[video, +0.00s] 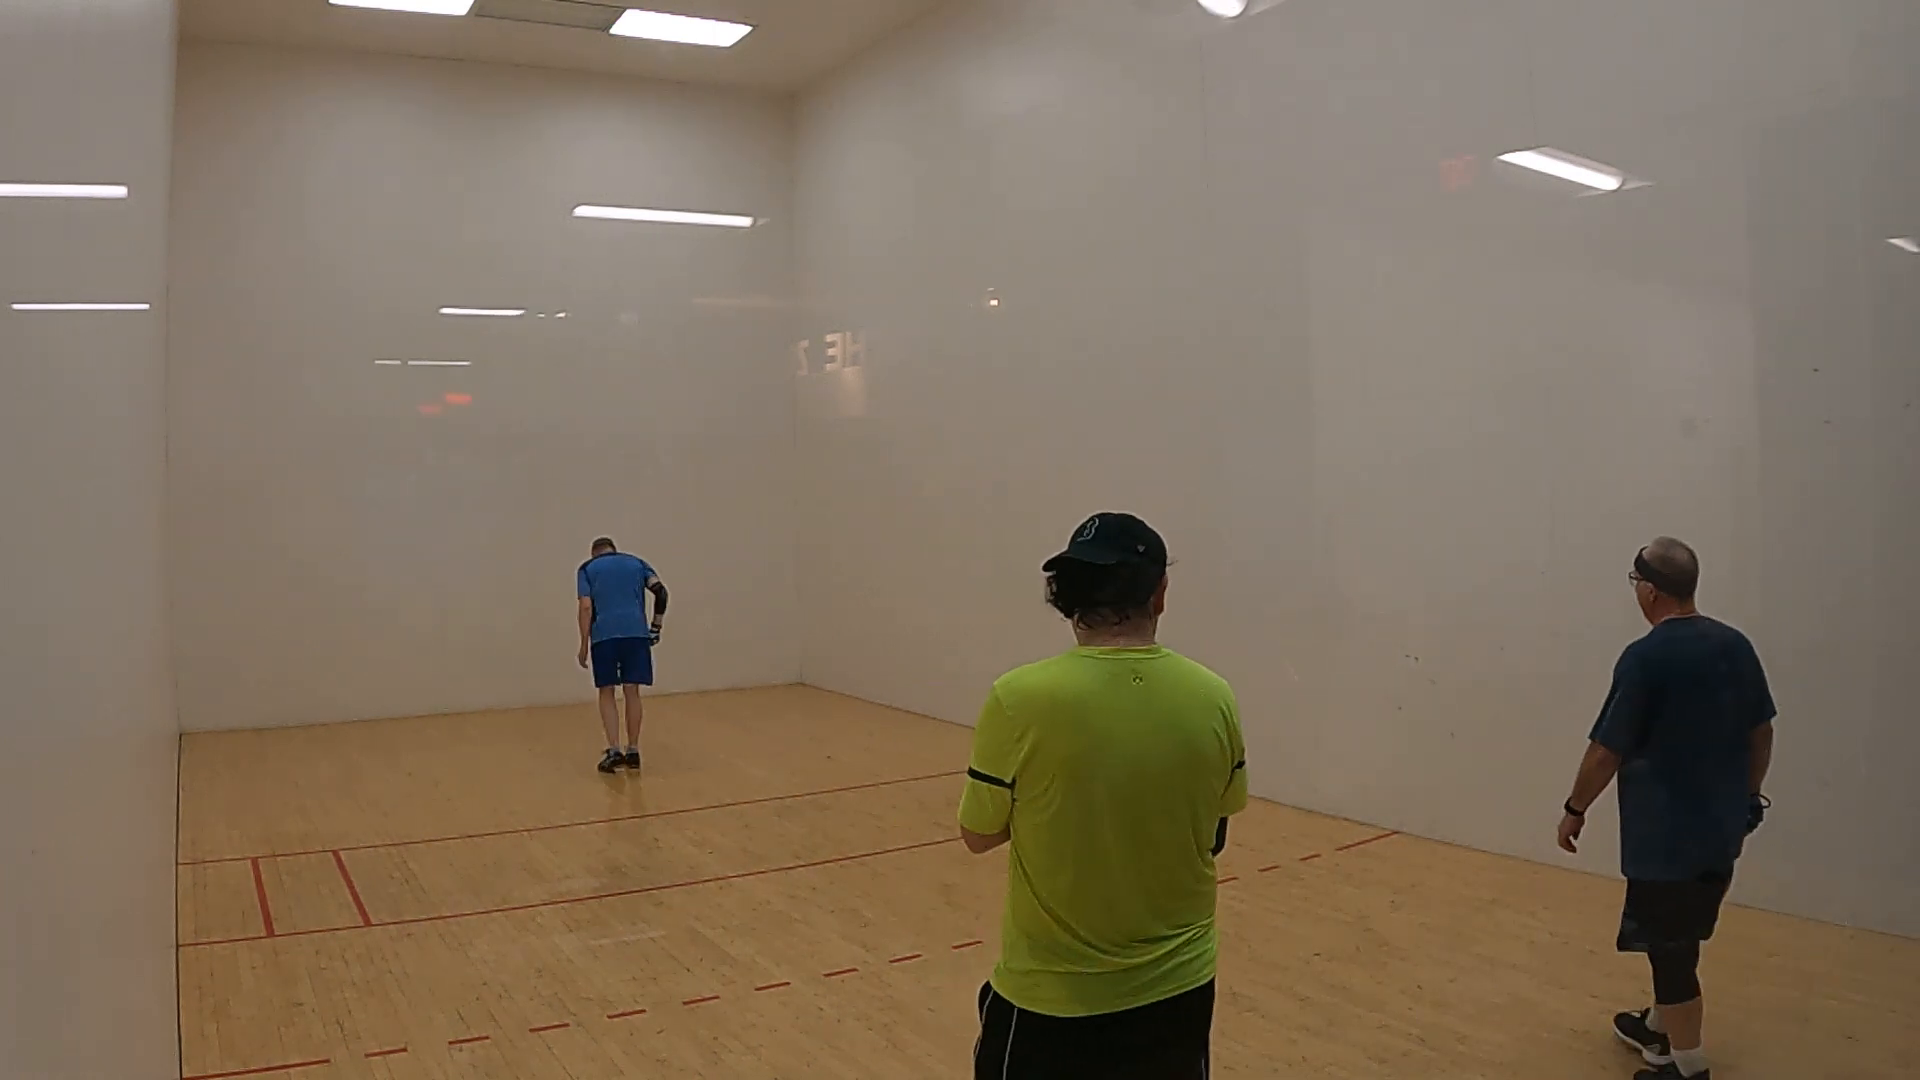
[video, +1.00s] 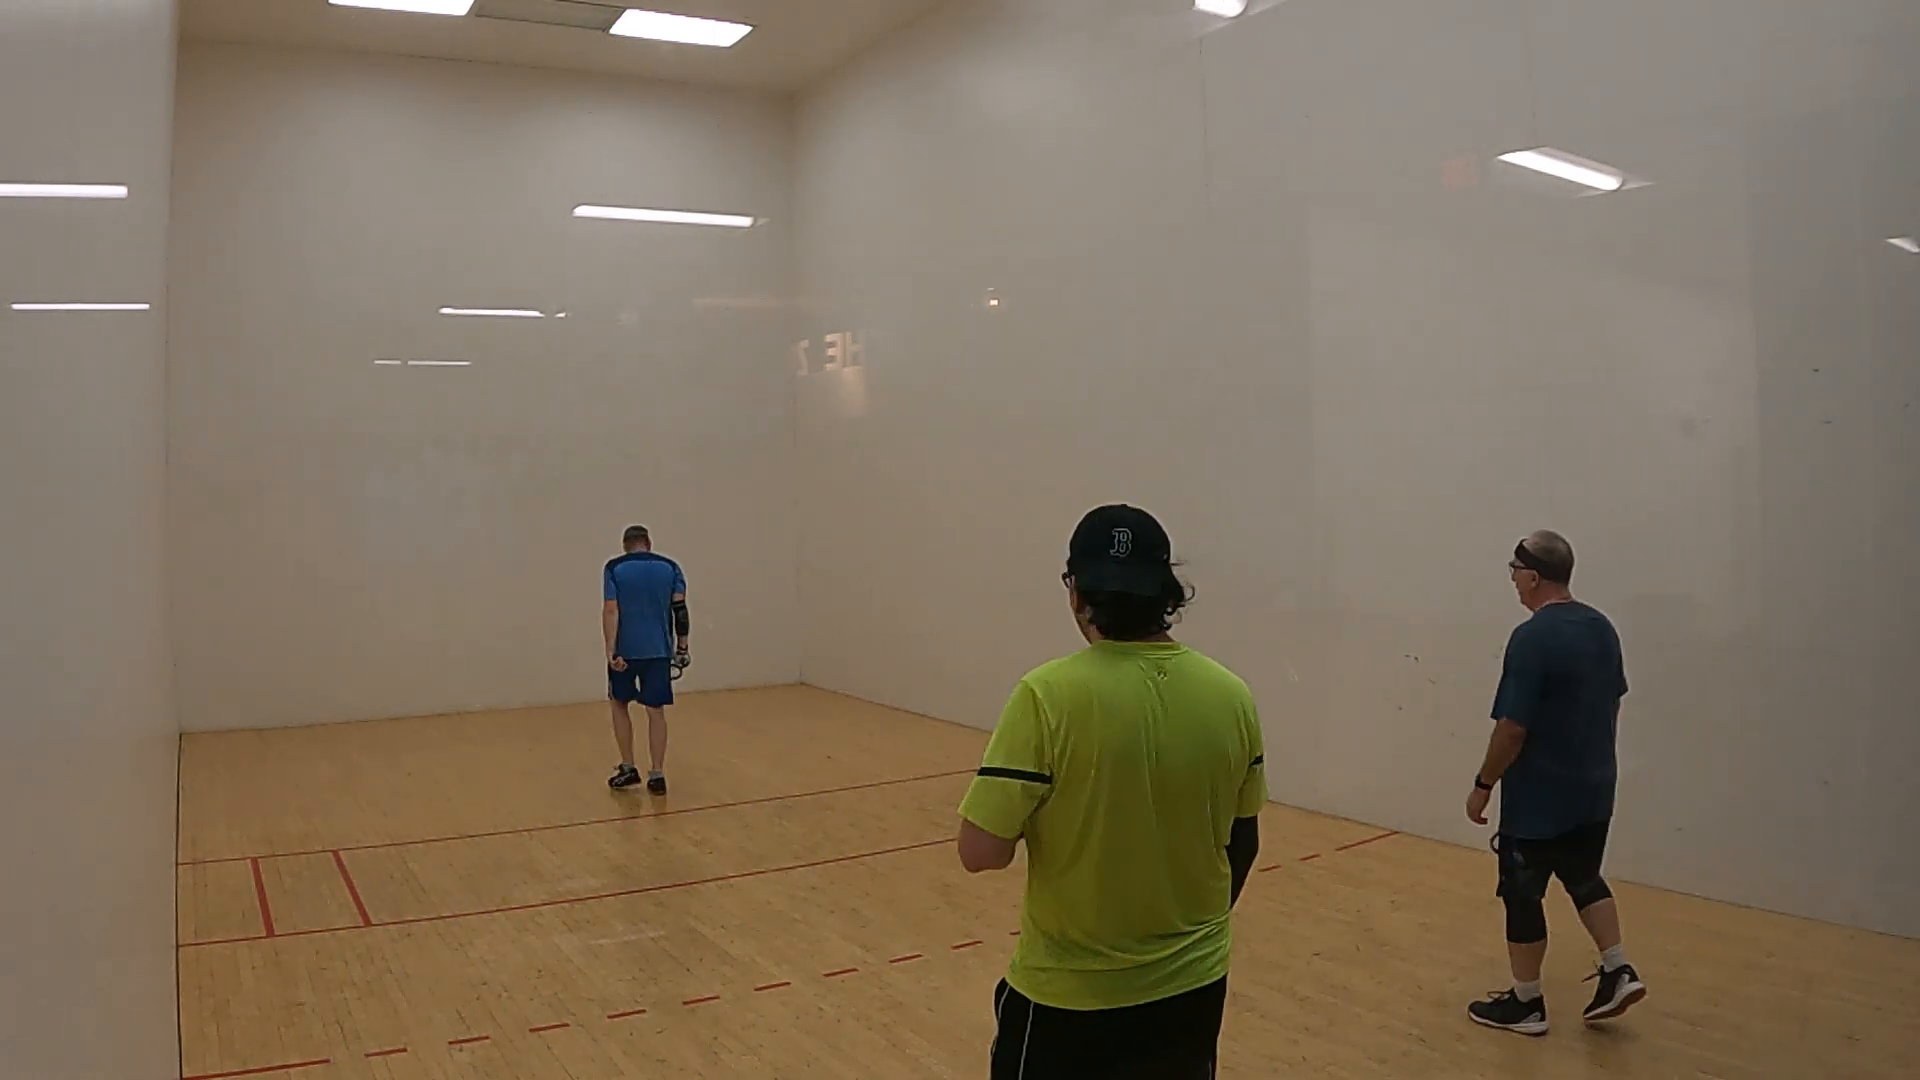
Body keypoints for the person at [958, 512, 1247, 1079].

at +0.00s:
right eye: (1169, 586)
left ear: (1067, 596)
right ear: (1160, 596)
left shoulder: (1019, 697)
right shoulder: (1211, 697)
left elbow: (979, 833)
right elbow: (1216, 830)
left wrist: (1056, 791)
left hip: (1044, 1018)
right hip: (1174, 1012)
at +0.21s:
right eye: (1180, 589)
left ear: (1080, 598)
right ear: (1173, 598)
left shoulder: (1031, 700)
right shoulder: (1222, 699)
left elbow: (988, 833)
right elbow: (1228, 831)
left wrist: (1064, 794)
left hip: (1055, 1016)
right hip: (1184, 1011)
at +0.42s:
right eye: (1184, 587)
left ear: (1082, 599)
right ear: (1177, 597)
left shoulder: (1037, 702)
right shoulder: (1229, 700)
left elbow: (995, 837)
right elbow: (1232, 834)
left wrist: (1070, 797)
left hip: (1060, 1017)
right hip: (1188, 1011)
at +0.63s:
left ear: (1082, 600)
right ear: (1178, 595)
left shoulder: (1041, 702)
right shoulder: (1230, 699)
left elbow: (994, 838)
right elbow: (1232, 830)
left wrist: (1071, 798)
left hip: (1062, 1014)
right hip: (1189, 1007)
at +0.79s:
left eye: (1082, 590)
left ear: (1082, 600)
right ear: (1177, 596)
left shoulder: (1042, 700)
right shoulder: (1229, 697)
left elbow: (991, 840)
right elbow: (1230, 832)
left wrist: (1067, 795)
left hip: (1064, 1013)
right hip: (1190, 1005)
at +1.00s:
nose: (1069, 597)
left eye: (1069, 584)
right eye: (1071, 582)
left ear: (1078, 595)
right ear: (1165, 590)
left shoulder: (1047, 695)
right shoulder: (1229, 696)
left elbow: (981, 850)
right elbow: (1242, 847)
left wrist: (1038, 796)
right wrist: (1201, 927)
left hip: (1065, 1011)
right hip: (1190, 1002)